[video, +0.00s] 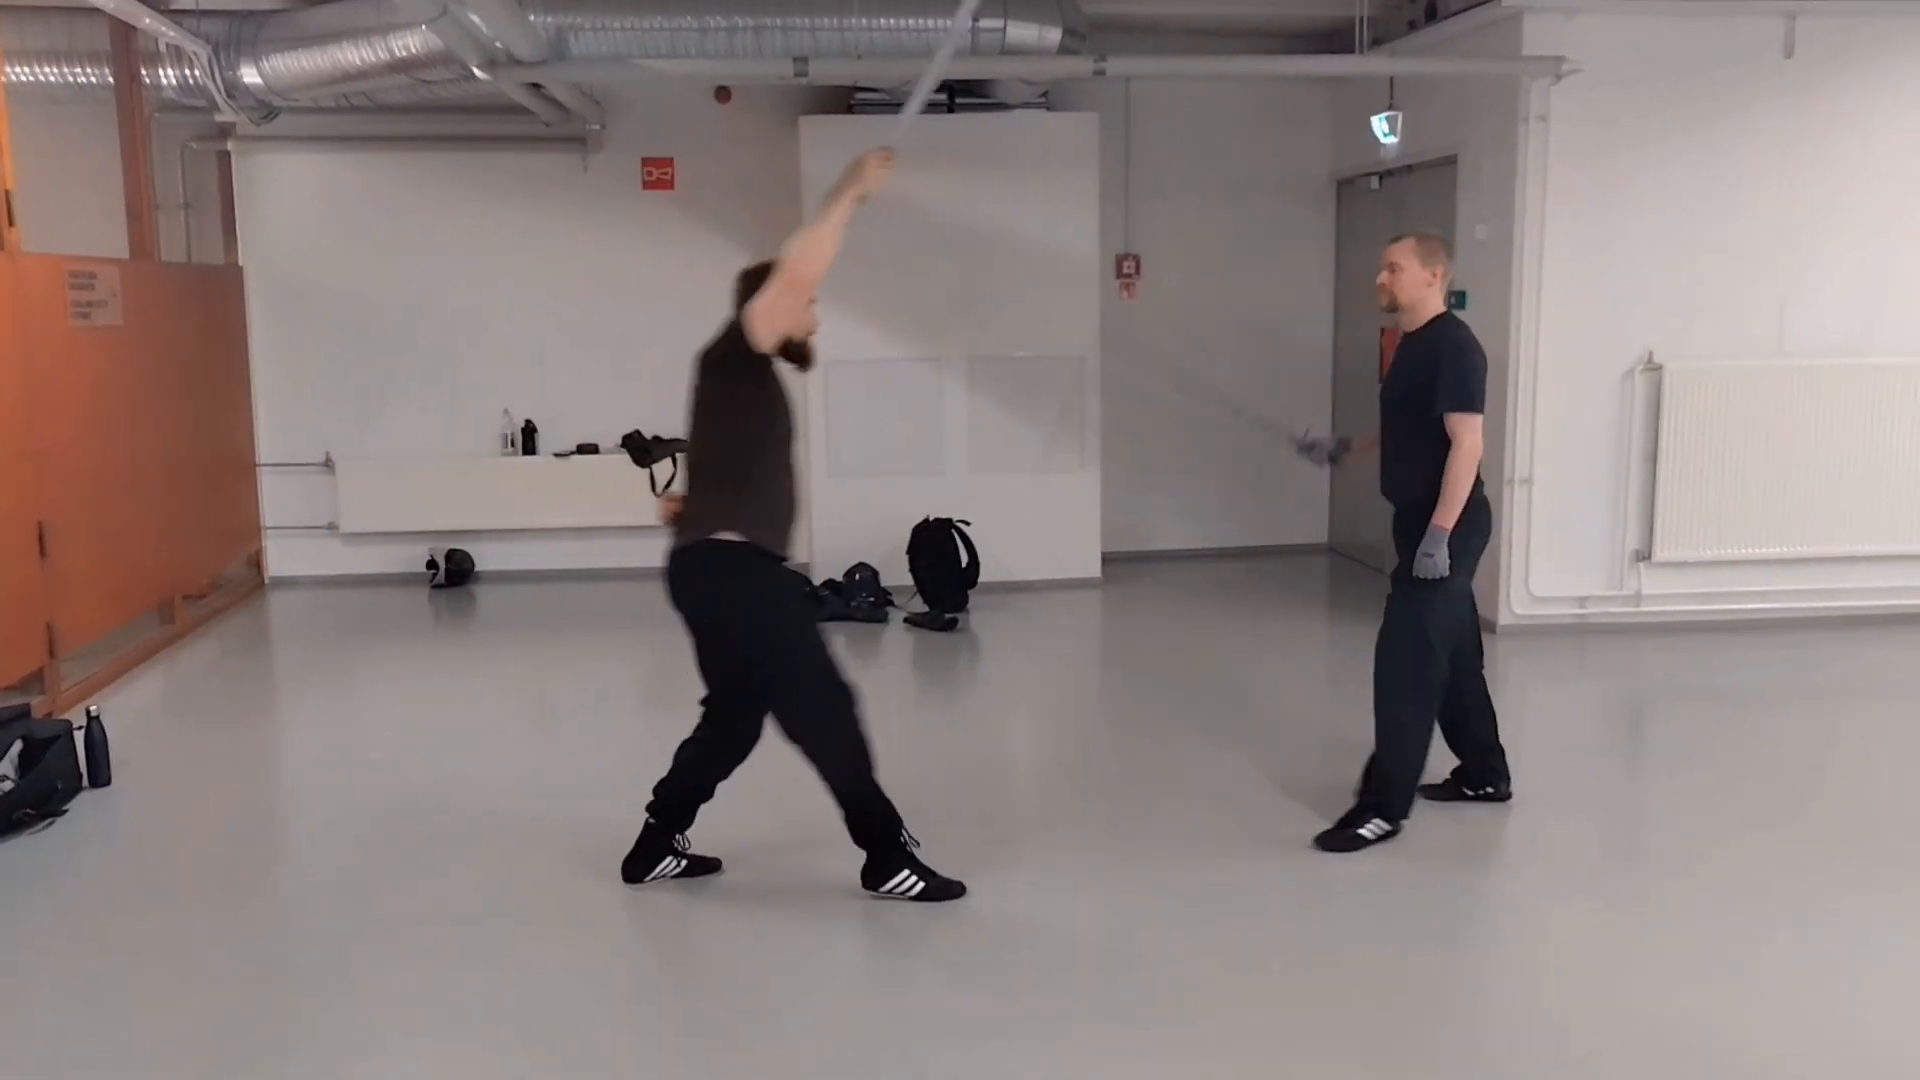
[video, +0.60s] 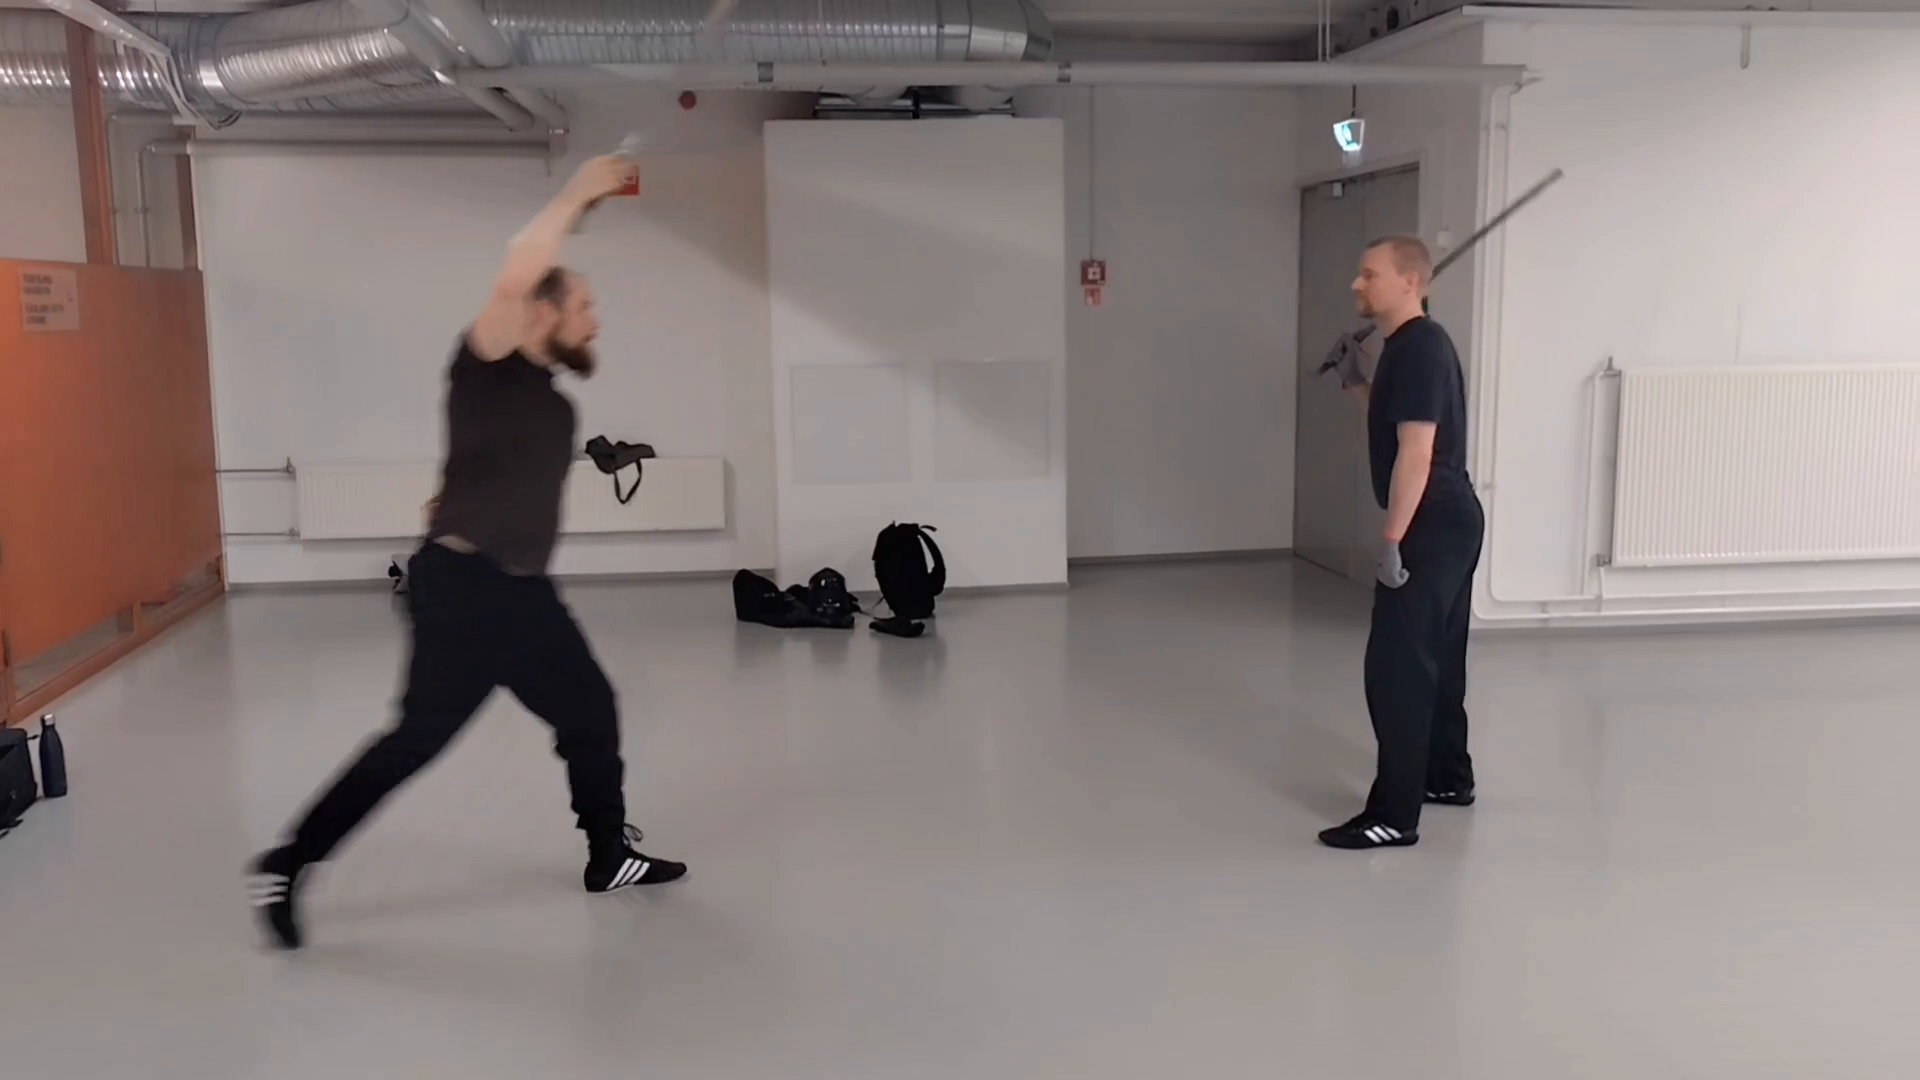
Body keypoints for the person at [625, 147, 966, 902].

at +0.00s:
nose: (814, 314)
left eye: (814, 301)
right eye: (804, 299)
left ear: (770, 304)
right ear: (769, 300)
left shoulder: (743, 374)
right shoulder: (738, 357)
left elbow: (732, 477)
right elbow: (796, 275)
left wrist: (691, 508)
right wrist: (848, 196)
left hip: (712, 567)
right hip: (737, 566)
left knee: (734, 718)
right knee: (825, 710)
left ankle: (654, 845)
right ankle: (888, 858)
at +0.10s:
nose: (775, 316)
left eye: (776, 304)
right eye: (765, 302)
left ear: (751, 314)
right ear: (727, 300)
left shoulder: (711, 380)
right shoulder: (688, 359)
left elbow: (704, 479)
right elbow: (741, 273)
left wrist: (649, 503)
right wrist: (793, 194)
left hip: (690, 566)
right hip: (682, 566)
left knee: (718, 713)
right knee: (774, 705)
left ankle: (646, 846)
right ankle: (836, 862)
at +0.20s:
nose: (742, 316)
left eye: (743, 304)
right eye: (734, 302)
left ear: (710, 313)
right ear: (698, 301)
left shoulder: (679, 376)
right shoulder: (651, 354)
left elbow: (662, 470)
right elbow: (690, 269)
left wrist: (609, 499)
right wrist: (747, 186)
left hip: (649, 562)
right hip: (639, 563)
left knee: (687, 714)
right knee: (729, 707)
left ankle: (636, 851)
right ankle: (748, 868)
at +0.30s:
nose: (709, 310)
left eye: (709, 298)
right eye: (702, 297)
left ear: (680, 304)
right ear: (666, 295)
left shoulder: (647, 370)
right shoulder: (612, 348)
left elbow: (625, 458)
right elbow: (651, 263)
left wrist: (575, 487)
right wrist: (711, 181)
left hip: (622, 559)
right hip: (589, 557)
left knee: (667, 705)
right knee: (661, 706)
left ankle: (639, 851)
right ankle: (629, 863)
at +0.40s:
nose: (676, 309)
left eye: (674, 296)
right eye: (666, 296)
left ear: (646, 304)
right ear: (629, 297)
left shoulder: (619, 378)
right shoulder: (571, 351)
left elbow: (593, 464)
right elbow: (610, 266)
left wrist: (538, 487)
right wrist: (670, 186)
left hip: (589, 563)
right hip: (545, 557)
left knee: (640, 709)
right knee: (601, 711)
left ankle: (622, 855)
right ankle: (517, 868)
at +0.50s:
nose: (638, 311)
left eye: (637, 299)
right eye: (629, 298)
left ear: (602, 311)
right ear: (590, 301)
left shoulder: (585, 379)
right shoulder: (536, 353)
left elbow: (543, 467)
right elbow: (569, 269)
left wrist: (491, 499)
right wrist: (627, 187)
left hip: (556, 574)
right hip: (504, 567)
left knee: (615, 706)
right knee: (505, 728)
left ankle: (616, 853)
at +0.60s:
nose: (595, 320)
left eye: (594, 307)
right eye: (586, 307)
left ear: (562, 318)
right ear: (544, 311)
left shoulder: (542, 392)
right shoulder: (490, 365)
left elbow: (492, 478)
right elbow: (518, 282)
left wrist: (446, 523)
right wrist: (580, 192)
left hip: (521, 590)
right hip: (460, 583)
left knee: (590, 711)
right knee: (421, 734)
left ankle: (609, 855)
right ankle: (287, 865)